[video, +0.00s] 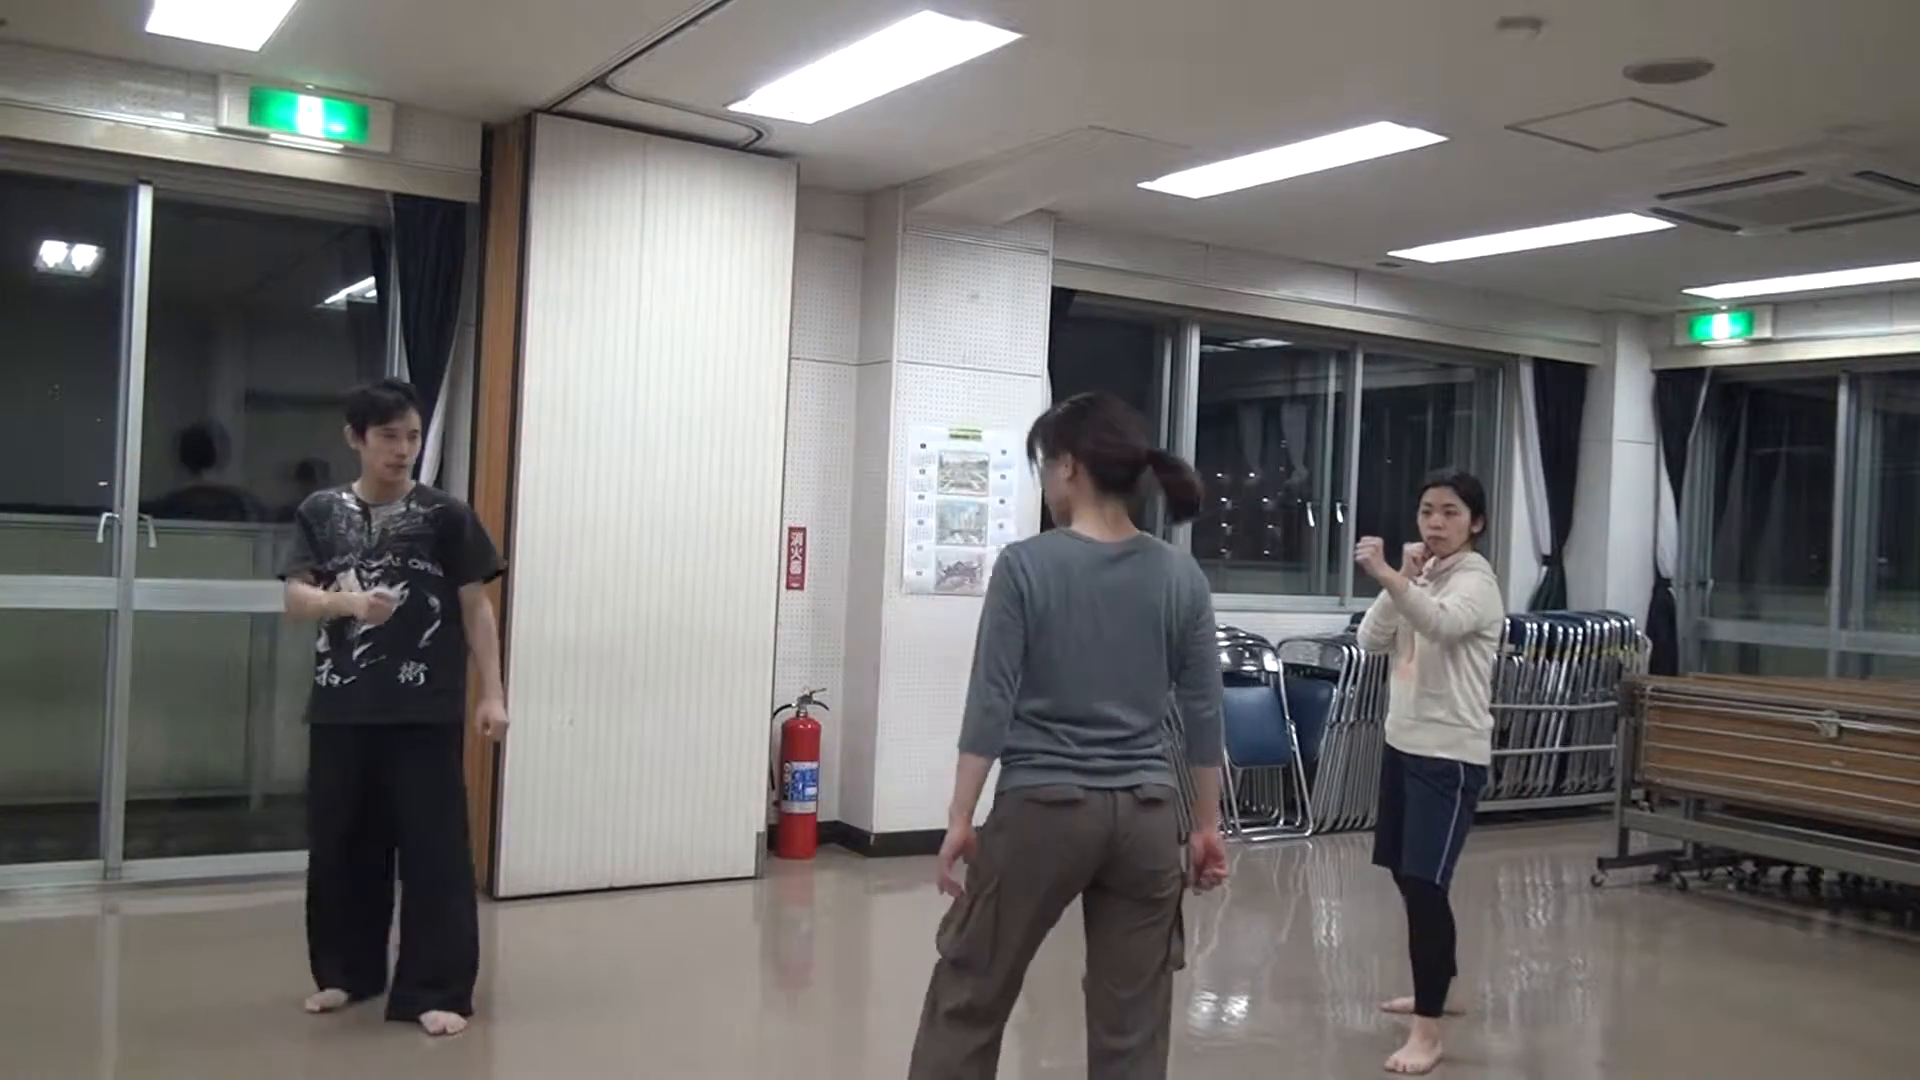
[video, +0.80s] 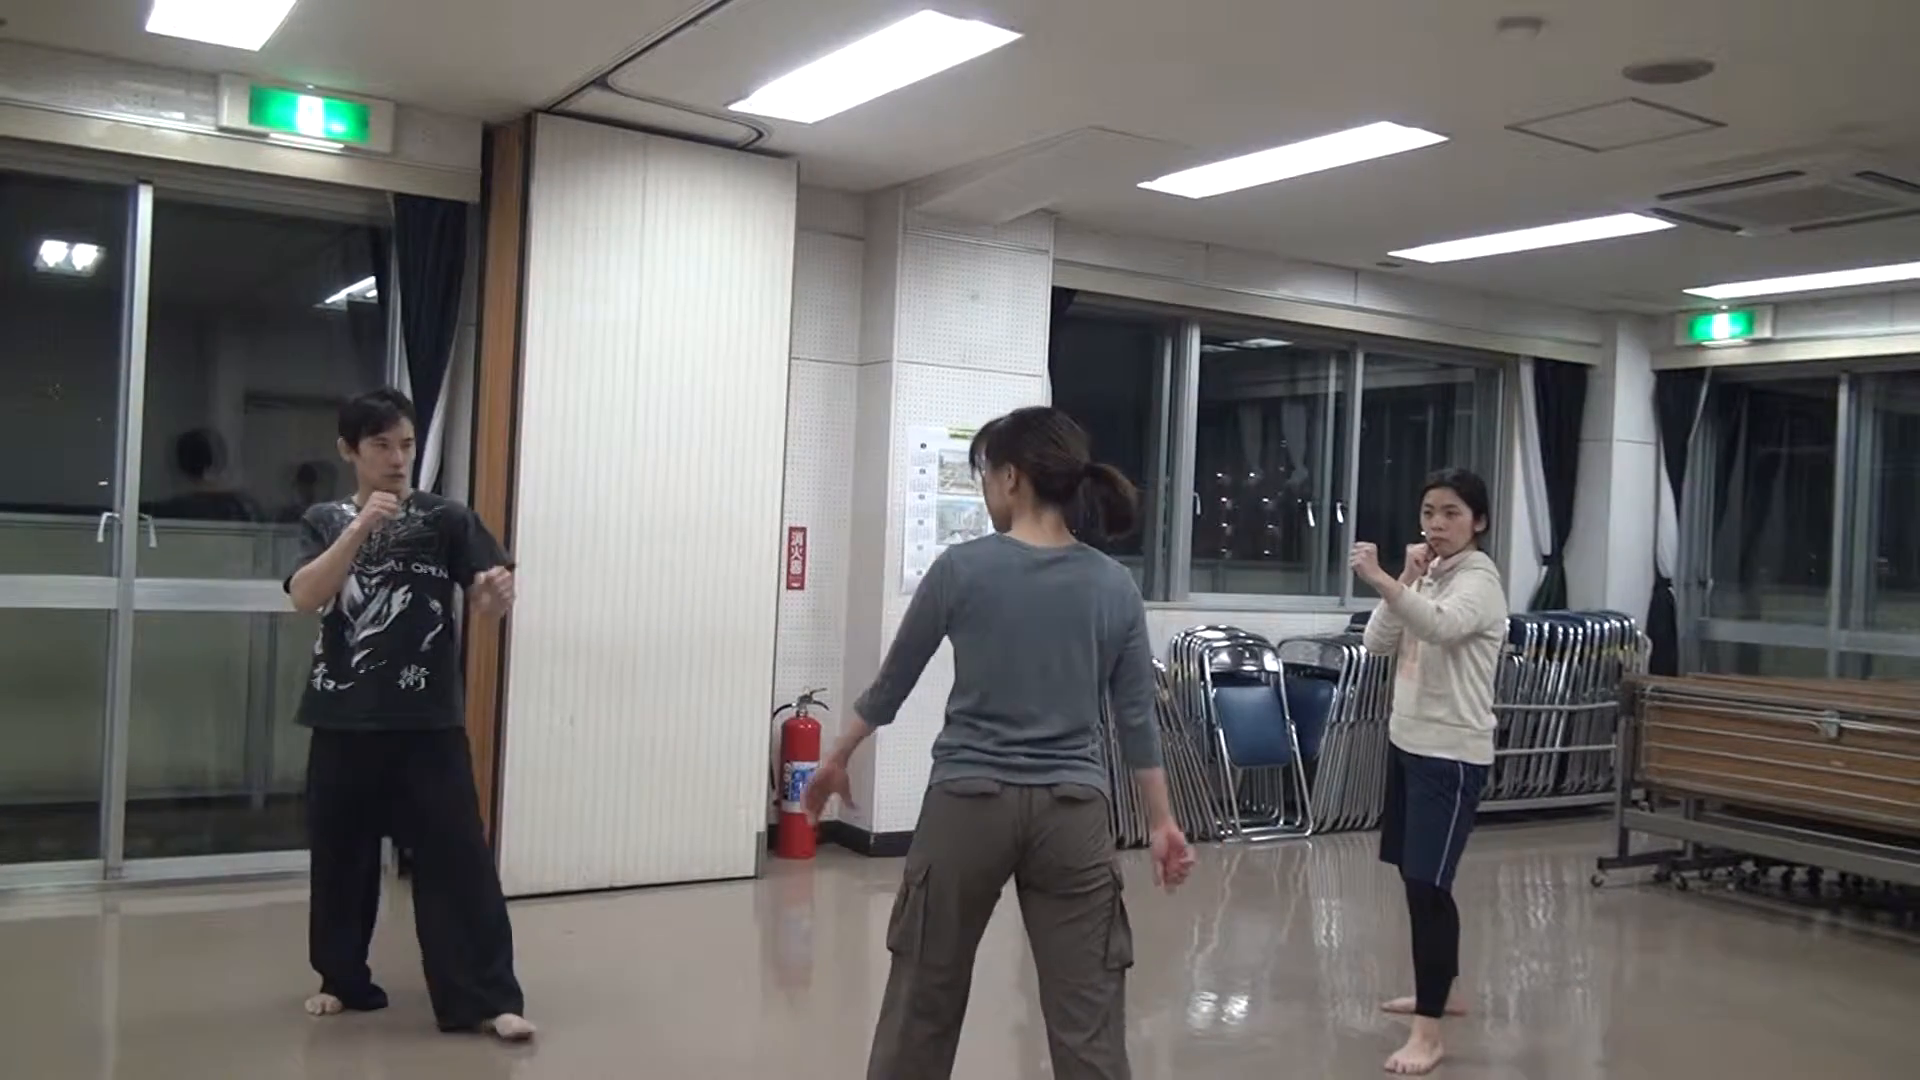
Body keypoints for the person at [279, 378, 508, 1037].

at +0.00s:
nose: (401, 449)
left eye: (411, 438)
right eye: (388, 437)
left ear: (421, 441)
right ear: (357, 439)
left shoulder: (448, 515)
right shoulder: (321, 513)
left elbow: (477, 610)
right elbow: (295, 599)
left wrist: (493, 693)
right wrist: (348, 602)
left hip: (426, 715)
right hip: (343, 716)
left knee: (435, 855)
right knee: (341, 848)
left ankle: (438, 995)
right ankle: (347, 975)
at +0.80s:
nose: (397, 456)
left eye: (406, 445)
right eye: (382, 445)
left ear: (417, 448)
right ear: (350, 450)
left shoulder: (448, 519)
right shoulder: (327, 522)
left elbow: (493, 586)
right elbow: (304, 595)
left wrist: (493, 594)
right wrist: (359, 529)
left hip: (428, 724)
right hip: (345, 724)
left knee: (460, 861)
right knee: (340, 859)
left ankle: (493, 1001)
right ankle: (340, 983)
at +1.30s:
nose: (410, 453)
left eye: (420, 442)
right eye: (395, 443)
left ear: (432, 443)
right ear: (361, 446)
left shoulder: (456, 516)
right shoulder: (340, 517)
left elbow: (509, 593)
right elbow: (314, 590)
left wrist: (487, 525)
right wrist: (367, 520)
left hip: (440, 719)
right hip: (357, 718)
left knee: (466, 860)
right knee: (350, 853)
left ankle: (494, 1004)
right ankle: (345, 983)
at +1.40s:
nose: (408, 454)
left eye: (417, 443)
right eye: (393, 443)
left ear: (429, 444)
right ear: (359, 447)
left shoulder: (452, 515)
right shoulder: (337, 516)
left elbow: (505, 595)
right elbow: (311, 589)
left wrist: (479, 523)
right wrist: (365, 520)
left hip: (437, 720)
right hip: (354, 719)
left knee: (465, 859)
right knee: (348, 854)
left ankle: (494, 1004)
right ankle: (343, 984)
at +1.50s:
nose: (406, 455)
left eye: (415, 443)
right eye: (391, 444)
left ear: (427, 445)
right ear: (357, 447)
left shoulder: (452, 516)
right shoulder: (335, 517)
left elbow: (504, 595)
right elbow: (310, 590)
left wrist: (476, 524)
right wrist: (364, 519)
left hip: (435, 721)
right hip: (352, 721)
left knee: (464, 860)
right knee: (346, 855)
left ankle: (494, 1004)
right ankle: (342, 984)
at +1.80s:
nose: (407, 456)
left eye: (416, 444)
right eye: (393, 444)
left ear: (427, 446)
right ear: (357, 446)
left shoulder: (451, 517)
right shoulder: (334, 518)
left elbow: (505, 596)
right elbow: (310, 590)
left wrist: (477, 524)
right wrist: (365, 521)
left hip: (438, 720)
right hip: (353, 720)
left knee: (466, 860)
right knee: (348, 855)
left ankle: (493, 1003)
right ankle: (342, 983)